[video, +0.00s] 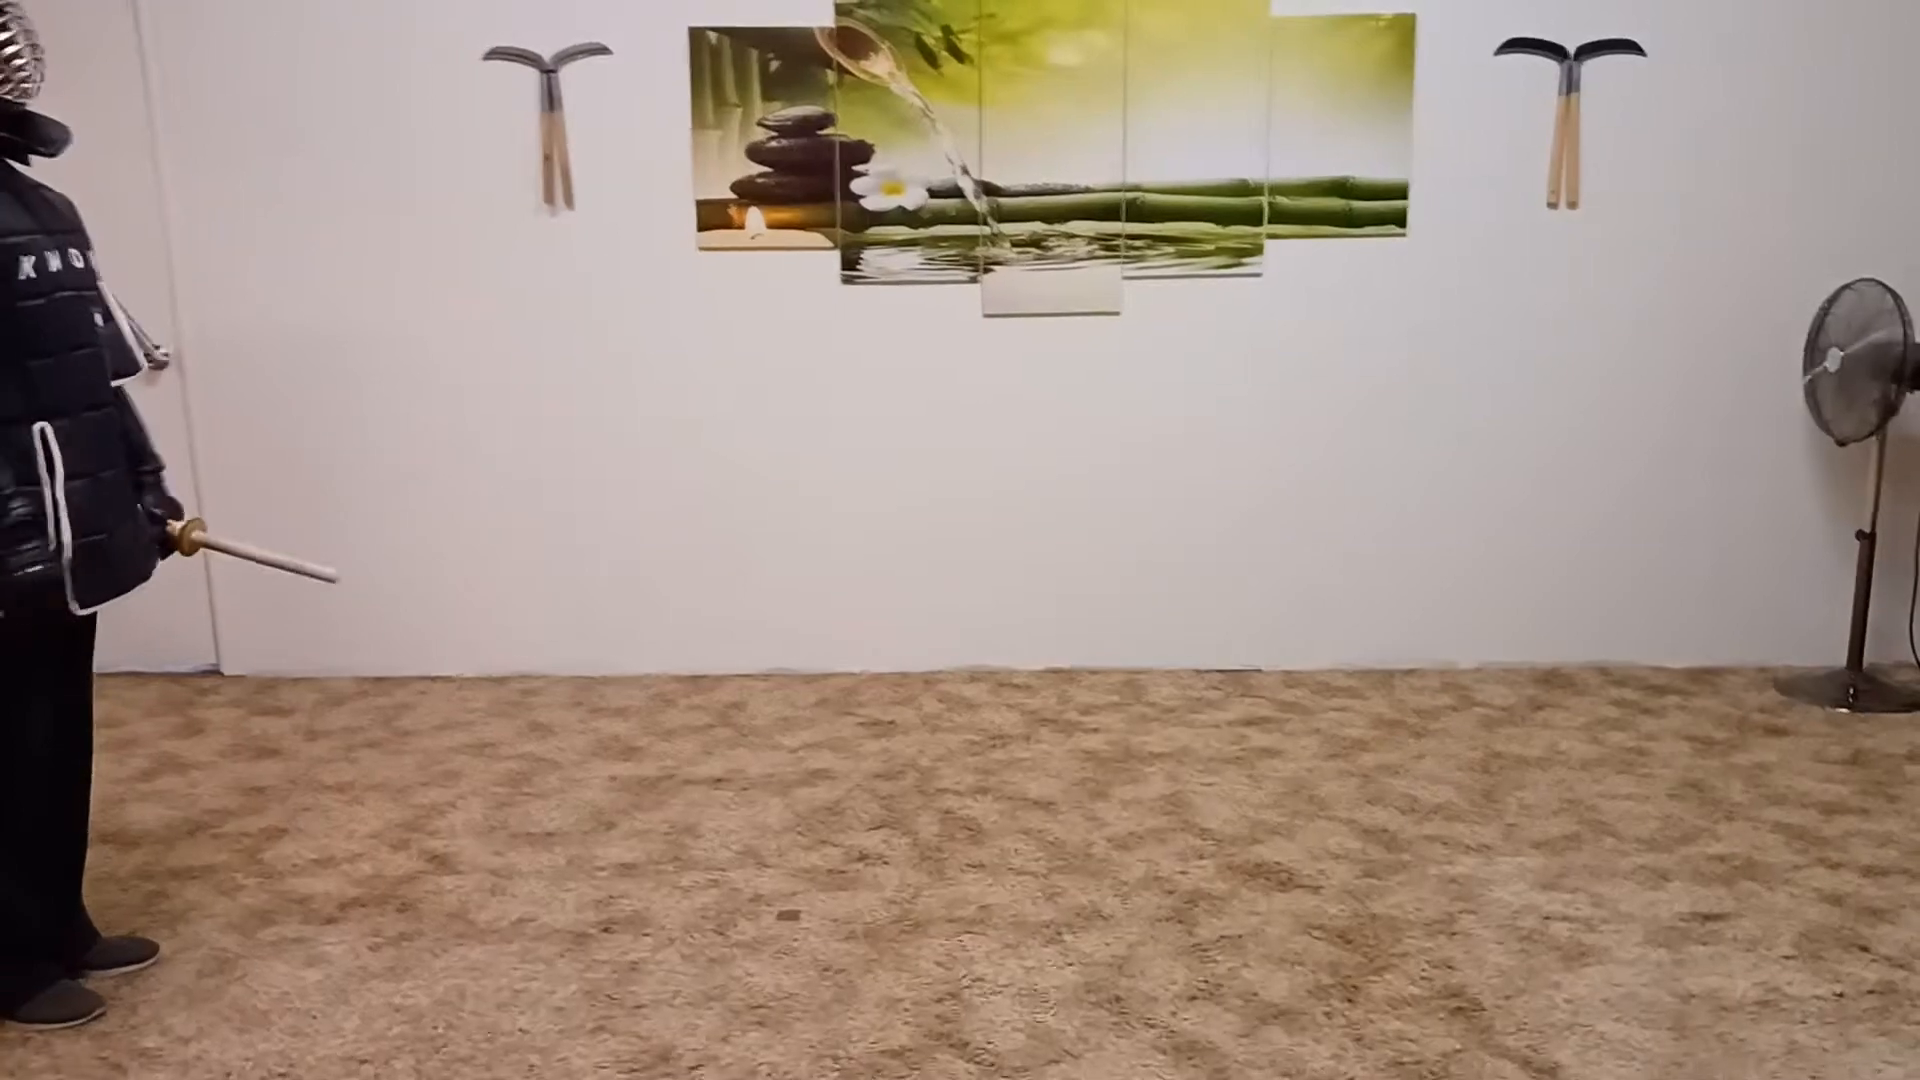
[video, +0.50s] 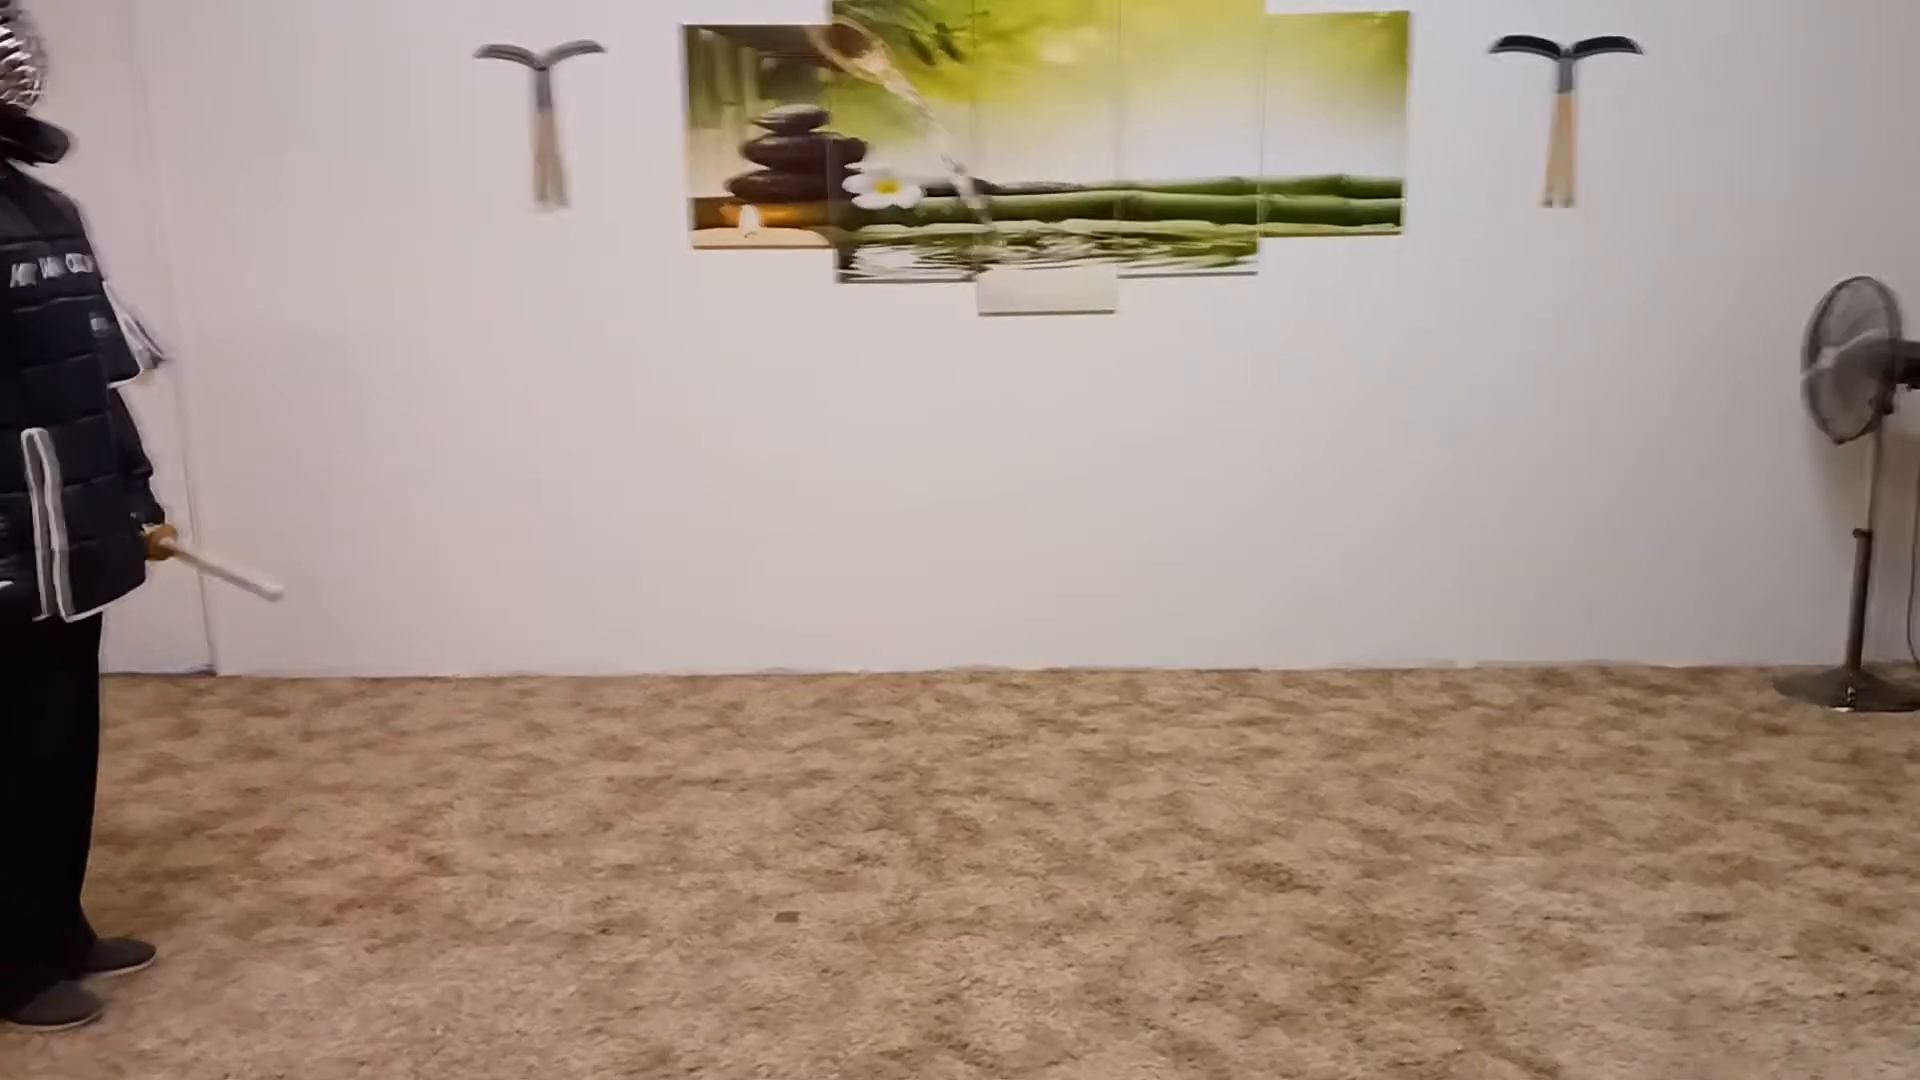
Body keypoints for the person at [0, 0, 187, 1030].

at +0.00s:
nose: (23, 68)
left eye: (24, 54)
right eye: (13, 54)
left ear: (26, 72)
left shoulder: (48, 206)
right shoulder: (7, 205)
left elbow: (94, 373)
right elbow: (30, 382)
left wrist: (152, 490)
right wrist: (25, 543)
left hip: (68, 540)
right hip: (13, 550)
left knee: (61, 741)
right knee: (11, 750)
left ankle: (61, 931)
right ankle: (12, 968)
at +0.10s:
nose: (19, 71)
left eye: (19, 54)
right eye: (9, 55)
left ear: (21, 71)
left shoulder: (43, 203)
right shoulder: (7, 204)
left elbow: (92, 370)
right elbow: (30, 380)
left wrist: (149, 486)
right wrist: (24, 539)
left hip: (61, 544)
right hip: (11, 554)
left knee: (59, 743)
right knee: (9, 754)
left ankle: (60, 931)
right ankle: (12, 968)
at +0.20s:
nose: (20, 65)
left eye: (23, 50)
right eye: (8, 50)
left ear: (28, 66)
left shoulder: (44, 203)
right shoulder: (5, 202)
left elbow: (89, 369)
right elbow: (31, 375)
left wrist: (146, 485)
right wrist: (27, 532)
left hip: (64, 541)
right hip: (14, 552)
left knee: (60, 744)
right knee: (11, 755)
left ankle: (58, 932)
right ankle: (11, 969)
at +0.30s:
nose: (25, 67)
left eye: (24, 51)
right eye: (13, 52)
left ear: (25, 71)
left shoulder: (48, 209)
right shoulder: (6, 208)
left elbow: (91, 374)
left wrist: (145, 486)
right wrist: (20, 536)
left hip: (72, 543)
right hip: (13, 555)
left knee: (66, 741)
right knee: (11, 751)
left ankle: (59, 930)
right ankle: (9, 967)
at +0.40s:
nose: (21, 68)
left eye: (23, 53)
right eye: (9, 54)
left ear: (29, 73)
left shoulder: (48, 210)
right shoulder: (7, 210)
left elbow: (90, 373)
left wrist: (138, 493)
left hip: (72, 532)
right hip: (9, 546)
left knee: (64, 740)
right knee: (11, 749)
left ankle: (58, 932)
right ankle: (8, 969)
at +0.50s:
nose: (22, 68)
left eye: (27, 51)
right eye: (7, 52)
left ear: (35, 68)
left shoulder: (50, 208)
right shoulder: (4, 206)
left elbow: (91, 373)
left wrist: (139, 496)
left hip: (72, 537)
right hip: (9, 549)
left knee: (64, 746)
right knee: (11, 755)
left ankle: (58, 934)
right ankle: (8, 969)